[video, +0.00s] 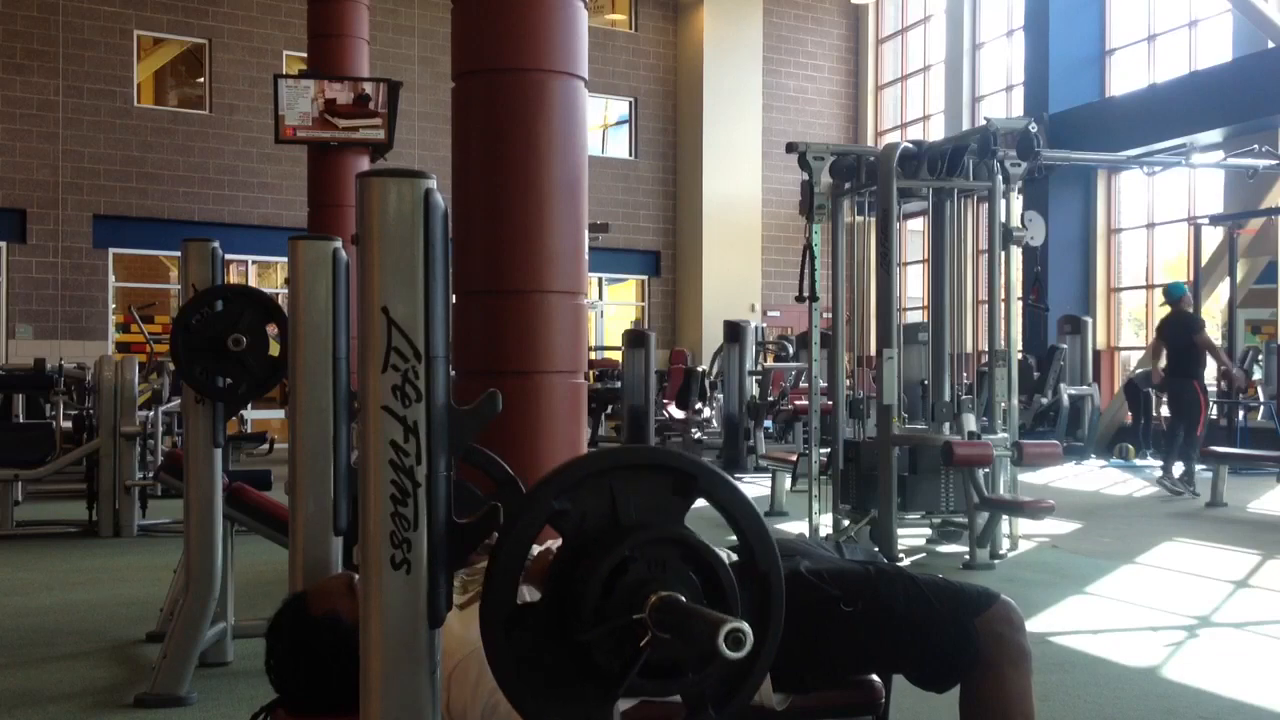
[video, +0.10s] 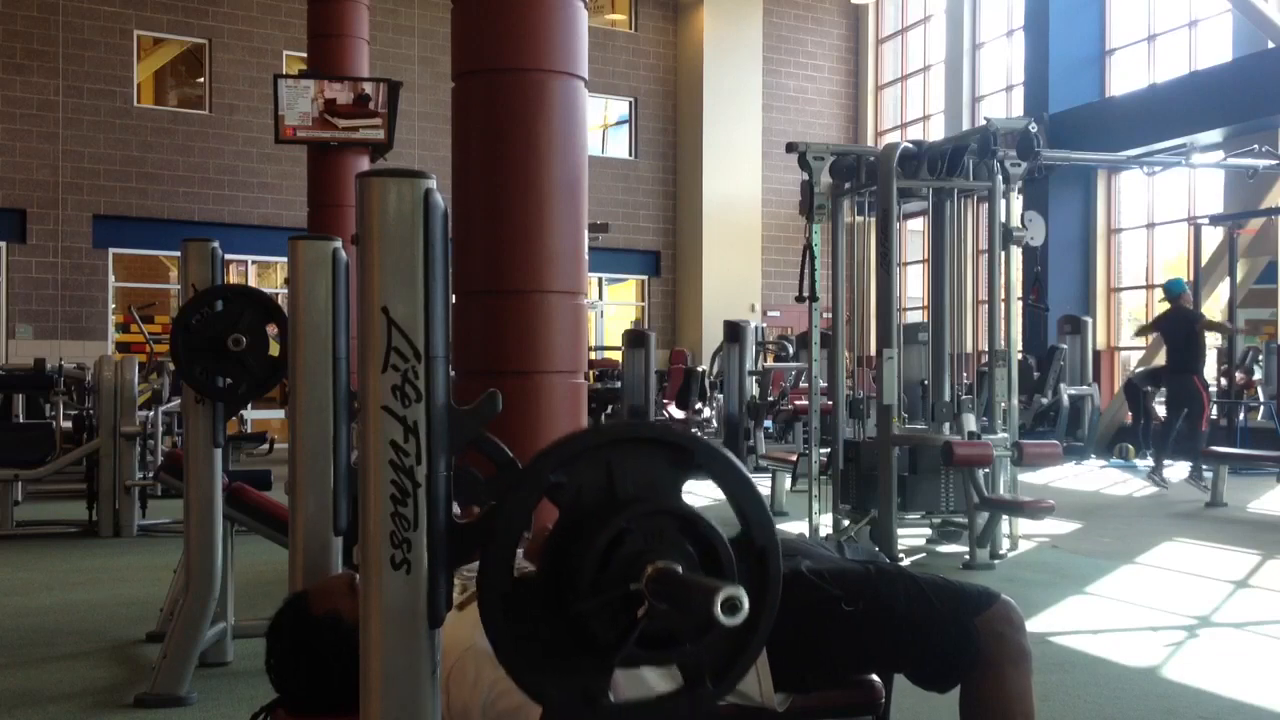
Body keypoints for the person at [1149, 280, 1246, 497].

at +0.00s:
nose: (1191, 296)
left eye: (1188, 293)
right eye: (1188, 293)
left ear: (1171, 301)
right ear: (1182, 298)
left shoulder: (1165, 322)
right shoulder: (1192, 320)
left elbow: (1156, 348)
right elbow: (1210, 346)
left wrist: (1154, 369)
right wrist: (1228, 367)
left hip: (1172, 380)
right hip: (1191, 381)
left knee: (1176, 424)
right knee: (1195, 427)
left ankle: (1167, 473)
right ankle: (1189, 477)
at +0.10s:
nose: (1191, 294)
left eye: (1188, 291)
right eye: (1187, 291)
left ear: (1171, 297)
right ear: (1182, 295)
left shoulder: (1164, 318)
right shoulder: (1192, 315)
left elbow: (1143, 330)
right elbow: (1213, 325)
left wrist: (1140, 331)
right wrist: (1230, 328)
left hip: (1172, 375)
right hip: (1191, 375)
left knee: (1172, 420)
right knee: (1201, 420)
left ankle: (1157, 469)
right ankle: (1197, 471)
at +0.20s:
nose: (1191, 305)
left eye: (1190, 302)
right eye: (1189, 302)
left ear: (1169, 306)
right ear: (1185, 305)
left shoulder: (1163, 324)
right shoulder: (1193, 322)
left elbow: (1141, 317)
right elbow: (1213, 311)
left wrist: (1129, 305)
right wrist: (1230, 301)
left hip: (1172, 386)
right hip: (1192, 386)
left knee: (1167, 429)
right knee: (1206, 425)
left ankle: (1148, 472)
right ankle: (1205, 474)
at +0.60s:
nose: (1194, 299)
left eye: (1193, 295)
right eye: (1192, 296)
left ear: (1174, 300)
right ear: (1186, 299)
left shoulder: (1167, 318)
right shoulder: (1189, 317)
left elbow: (1144, 328)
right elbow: (1203, 322)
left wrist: (1131, 322)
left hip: (1173, 379)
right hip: (1190, 379)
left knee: (1169, 423)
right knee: (1200, 423)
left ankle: (1155, 471)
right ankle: (1199, 474)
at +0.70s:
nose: (1194, 297)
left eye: (1193, 294)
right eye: (1192, 294)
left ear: (1174, 298)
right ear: (1185, 297)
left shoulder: (1167, 318)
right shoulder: (1190, 317)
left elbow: (1152, 344)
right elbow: (1201, 337)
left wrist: (1144, 366)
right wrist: (1225, 349)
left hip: (1171, 378)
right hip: (1189, 379)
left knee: (1173, 423)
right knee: (1198, 420)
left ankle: (1164, 474)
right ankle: (1190, 474)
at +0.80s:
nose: (1196, 309)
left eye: (1194, 305)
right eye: (1193, 306)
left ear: (1175, 311)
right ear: (1187, 310)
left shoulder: (1166, 333)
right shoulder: (1193, 333)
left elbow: (1165, 365)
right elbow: (1203, 366)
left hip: (1170, 391)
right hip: (1188, 392)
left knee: (1180, 434)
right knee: (1198, 434)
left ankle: (1169, 480)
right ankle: (1177, 480)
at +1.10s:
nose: (1195, 294)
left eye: (1193, 291)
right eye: (1193, 291)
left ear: (1174, 297)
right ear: (1188, 295)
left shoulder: (1167, 318)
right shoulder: (1196, 316)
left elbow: (1156, 346)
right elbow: (1212, 339)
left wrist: (1155, 368)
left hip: (1172, 376)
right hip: (1192, 376)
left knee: (1176, 420)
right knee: (1199, 422)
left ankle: (1163, 470)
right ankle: (1192, 473)